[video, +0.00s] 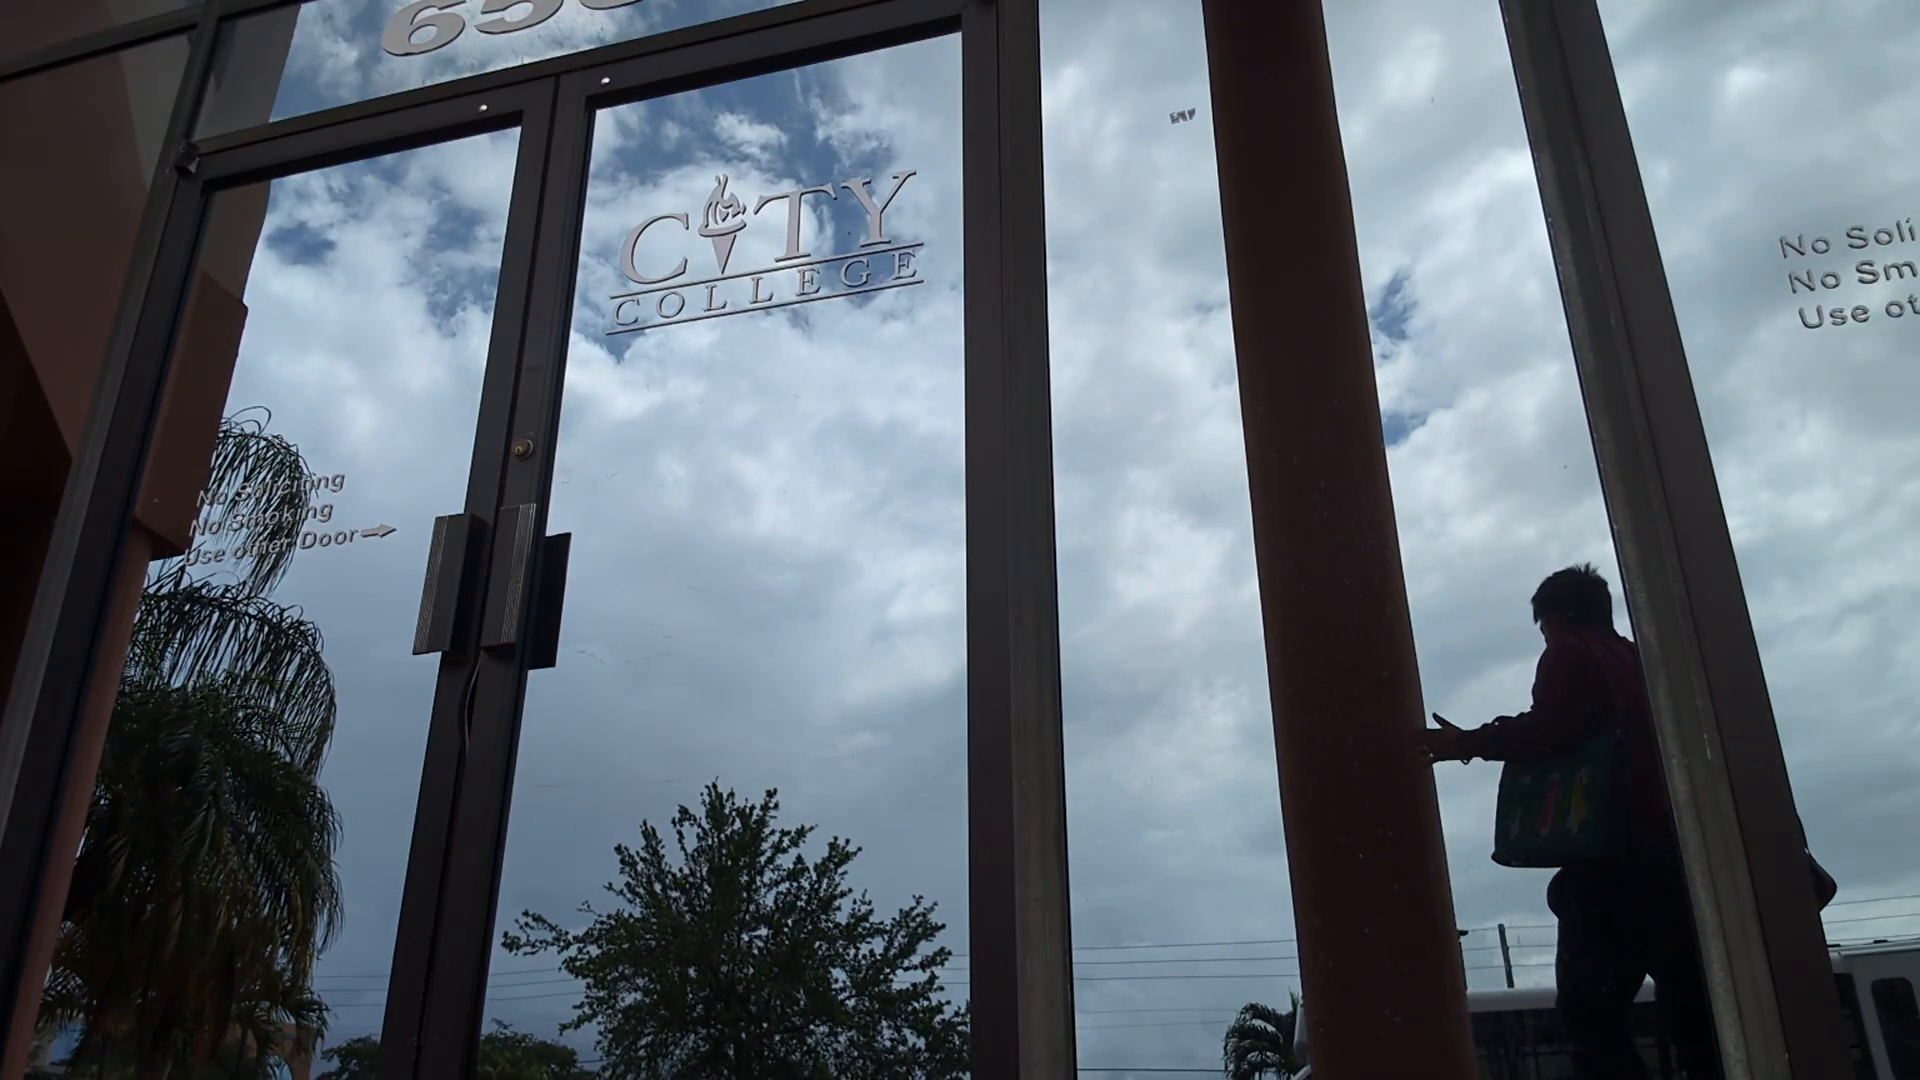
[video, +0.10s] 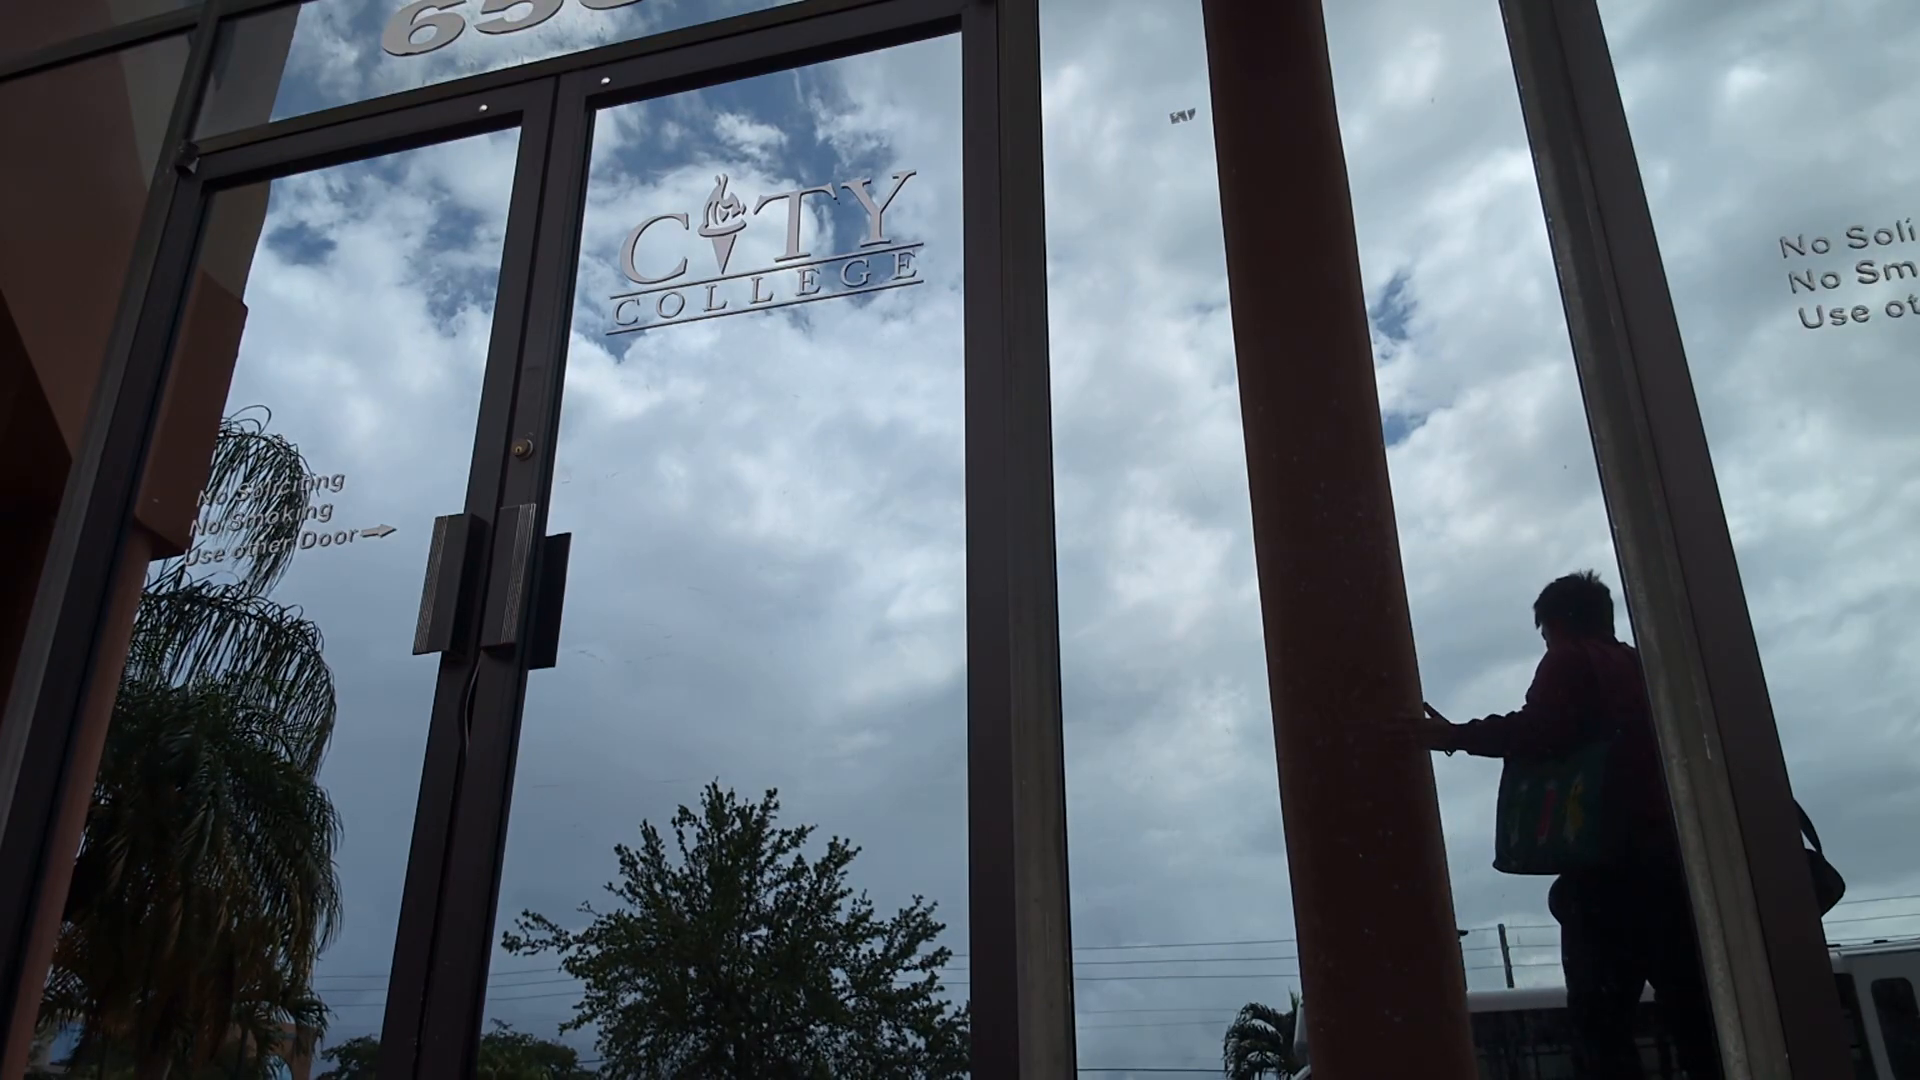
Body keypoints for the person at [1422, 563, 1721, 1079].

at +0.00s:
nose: (1544, 637)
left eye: (1545, 625)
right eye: (1542, 627)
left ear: (1562, 618)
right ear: (1602, 613)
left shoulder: (1566, 656)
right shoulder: (1640, 659)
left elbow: (1552, 729)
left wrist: (1467, 742)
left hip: (1610, 861)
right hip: (1671, 852)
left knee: (1590, 1011)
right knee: (1688, 1002)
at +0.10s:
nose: (1546, 643)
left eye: (1546, 631)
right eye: (1544, 633)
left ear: (1562, 624)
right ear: (1603, 620)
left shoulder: (1566, 662)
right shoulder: (1641, 664)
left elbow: (1541, 730)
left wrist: (1456, 736)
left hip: (1603, 864)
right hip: (1669, 854)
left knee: (1601, 1014)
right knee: (1686, 998)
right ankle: (1702, 1068)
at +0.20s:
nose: (1544, 650)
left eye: (1544, 639)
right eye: (1542, 640)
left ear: (1559, 631)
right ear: (1601, 628)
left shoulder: (1563, 668)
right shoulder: (1640, 671)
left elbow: (1534, 733)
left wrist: (1448, 735)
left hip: (1602, 868)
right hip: (1668, 859)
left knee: (1602, 1019)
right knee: (1692, 1004)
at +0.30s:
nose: (1538, 660)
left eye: (1539, 649)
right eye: (1536, 650)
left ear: (1554, 642)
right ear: (1596, 639)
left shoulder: (1556, 680)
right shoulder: (1638, 681)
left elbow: (1538, 737)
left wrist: (1449, 737)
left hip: (1594, 875)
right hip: (1663, 866)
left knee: (1604, 1027)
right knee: (1689, 1009)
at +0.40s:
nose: (1531, 672)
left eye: (1532, 660)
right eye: (1530, 661)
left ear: (1547, 655)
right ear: (1588, 651)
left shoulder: (1550, 689)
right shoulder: (1635, 694)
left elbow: (1540, 738)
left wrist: (1450, 739)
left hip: (1588, 882)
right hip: (1659, 874)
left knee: (1602, 1028)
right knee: (1681, 1010)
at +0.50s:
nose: (1521, 684)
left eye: (1522, 672)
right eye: (1520, 673)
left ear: (1535, 666)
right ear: (1578, 660)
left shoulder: (1542, 697)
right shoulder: (1633, 706)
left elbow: (1539, 744)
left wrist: (1449, 740)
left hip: (1574, 896)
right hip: (1648, 890)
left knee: (1594, 1039)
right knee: (1673, 1023)